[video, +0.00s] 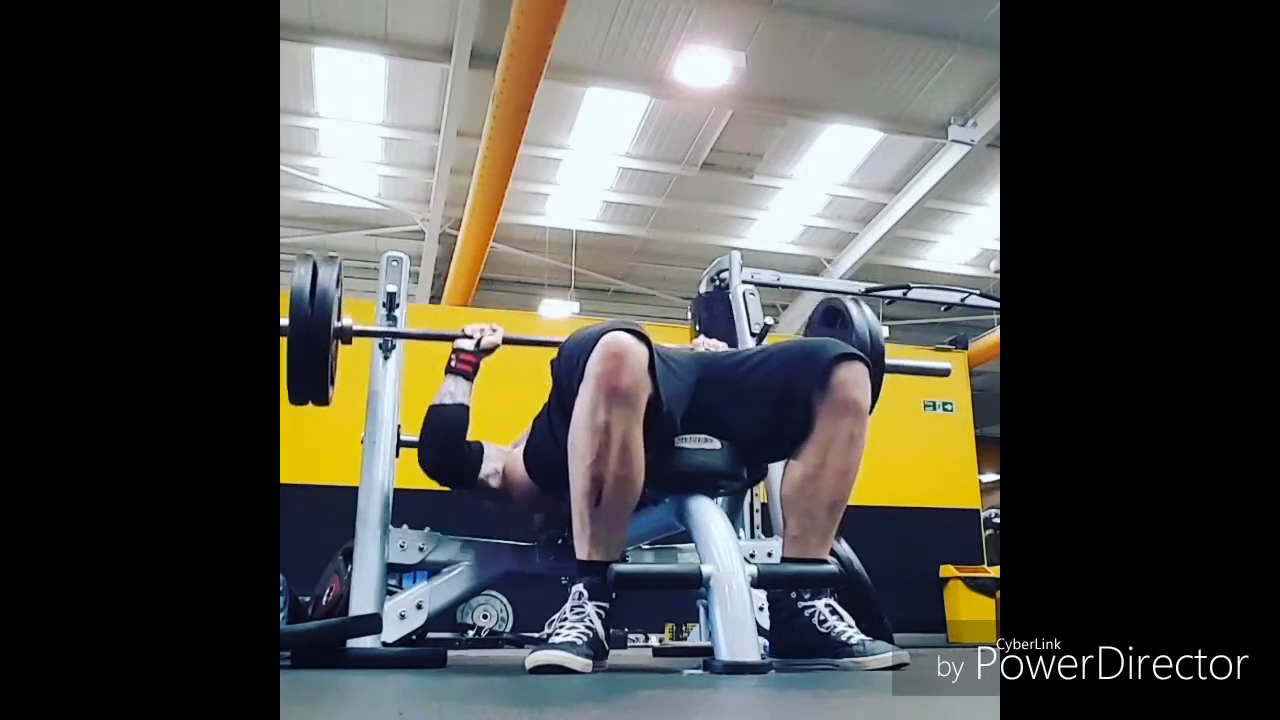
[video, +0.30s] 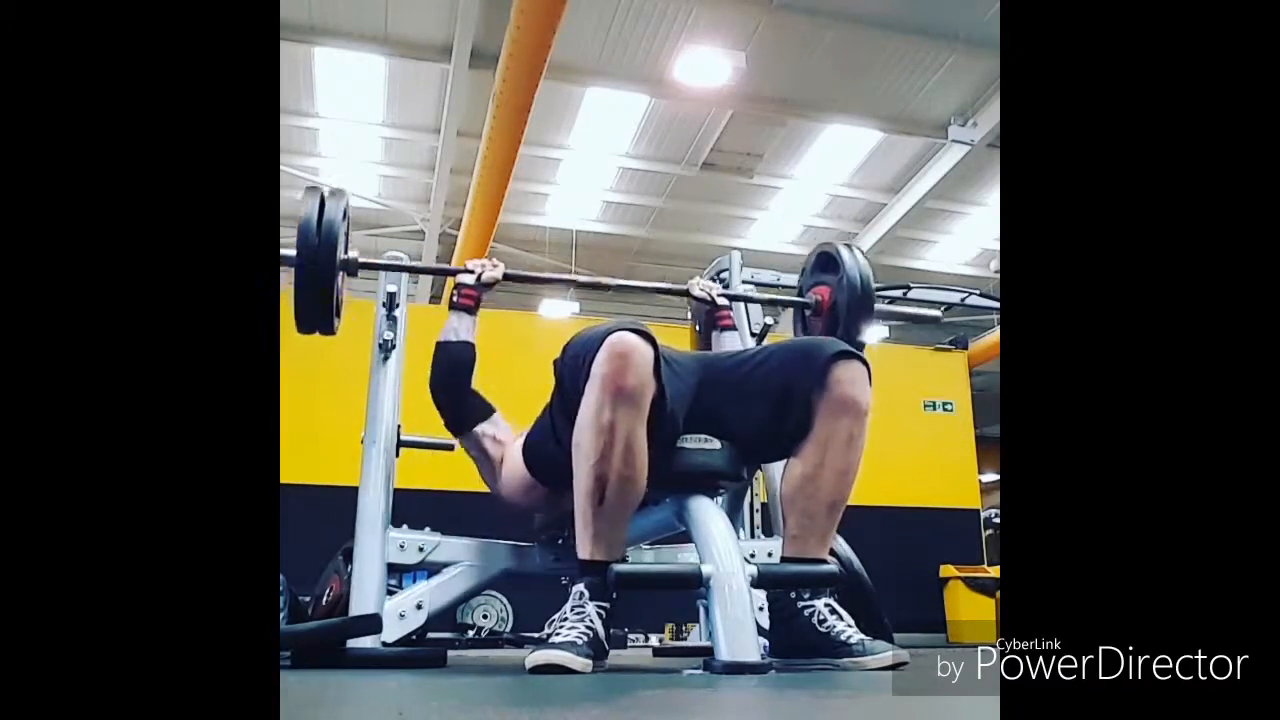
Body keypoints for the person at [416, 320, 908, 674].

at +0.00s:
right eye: (489, 476)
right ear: (499, 481)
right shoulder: (518, 472)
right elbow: (441, 452)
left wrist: (728, 356)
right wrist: (464, 361)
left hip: (701, 375)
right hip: (623, 358)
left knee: (845, 374)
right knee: (617, 355)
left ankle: (801, 607)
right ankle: (587, 604)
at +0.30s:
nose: (494, 437)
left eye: (496, 439)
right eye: (489, 447)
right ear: (496, 467)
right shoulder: (520, 474)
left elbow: (728, 393)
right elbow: (452, 393)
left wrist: (717, 328)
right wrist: (466, 297)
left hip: (686, 386)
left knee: (843, 375)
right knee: (624, 354)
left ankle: (800, 610)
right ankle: (586, 606)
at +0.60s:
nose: (500, 427)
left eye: (502, 427)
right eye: (493, 433)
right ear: (504, 455)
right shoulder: (527, 463)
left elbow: (718, 364)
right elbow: (476, 371)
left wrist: (711, 290)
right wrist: (468, 272)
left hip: (703, 383)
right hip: (627, 363)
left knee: (844, 373)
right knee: (618, 351)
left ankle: (799, 605)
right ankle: (585, 605)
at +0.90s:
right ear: (517, 479)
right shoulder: (513, 469)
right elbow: (434, 436)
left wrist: (719, 357)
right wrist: (464, 343)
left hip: (702, 391)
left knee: (846, 374)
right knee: (623, 355)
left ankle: (799, 608)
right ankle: (587, 606)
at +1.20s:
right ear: (499, 509)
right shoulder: (518, 483)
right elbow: (448, 506)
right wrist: (464, 416)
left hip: (704, 375)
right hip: (625, 357)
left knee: (851, 376)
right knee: (623, 358)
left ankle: (801, 607)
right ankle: (588, 607)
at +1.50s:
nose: (503, 485)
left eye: (502, 483)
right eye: (498, 484)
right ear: (501, 475)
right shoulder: (512, 462)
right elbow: (443, 425)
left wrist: (729, 352)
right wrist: (465, 338)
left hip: (704, 386)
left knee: (851, 378)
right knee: (630, 357)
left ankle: (798, 608)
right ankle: (587, 607)